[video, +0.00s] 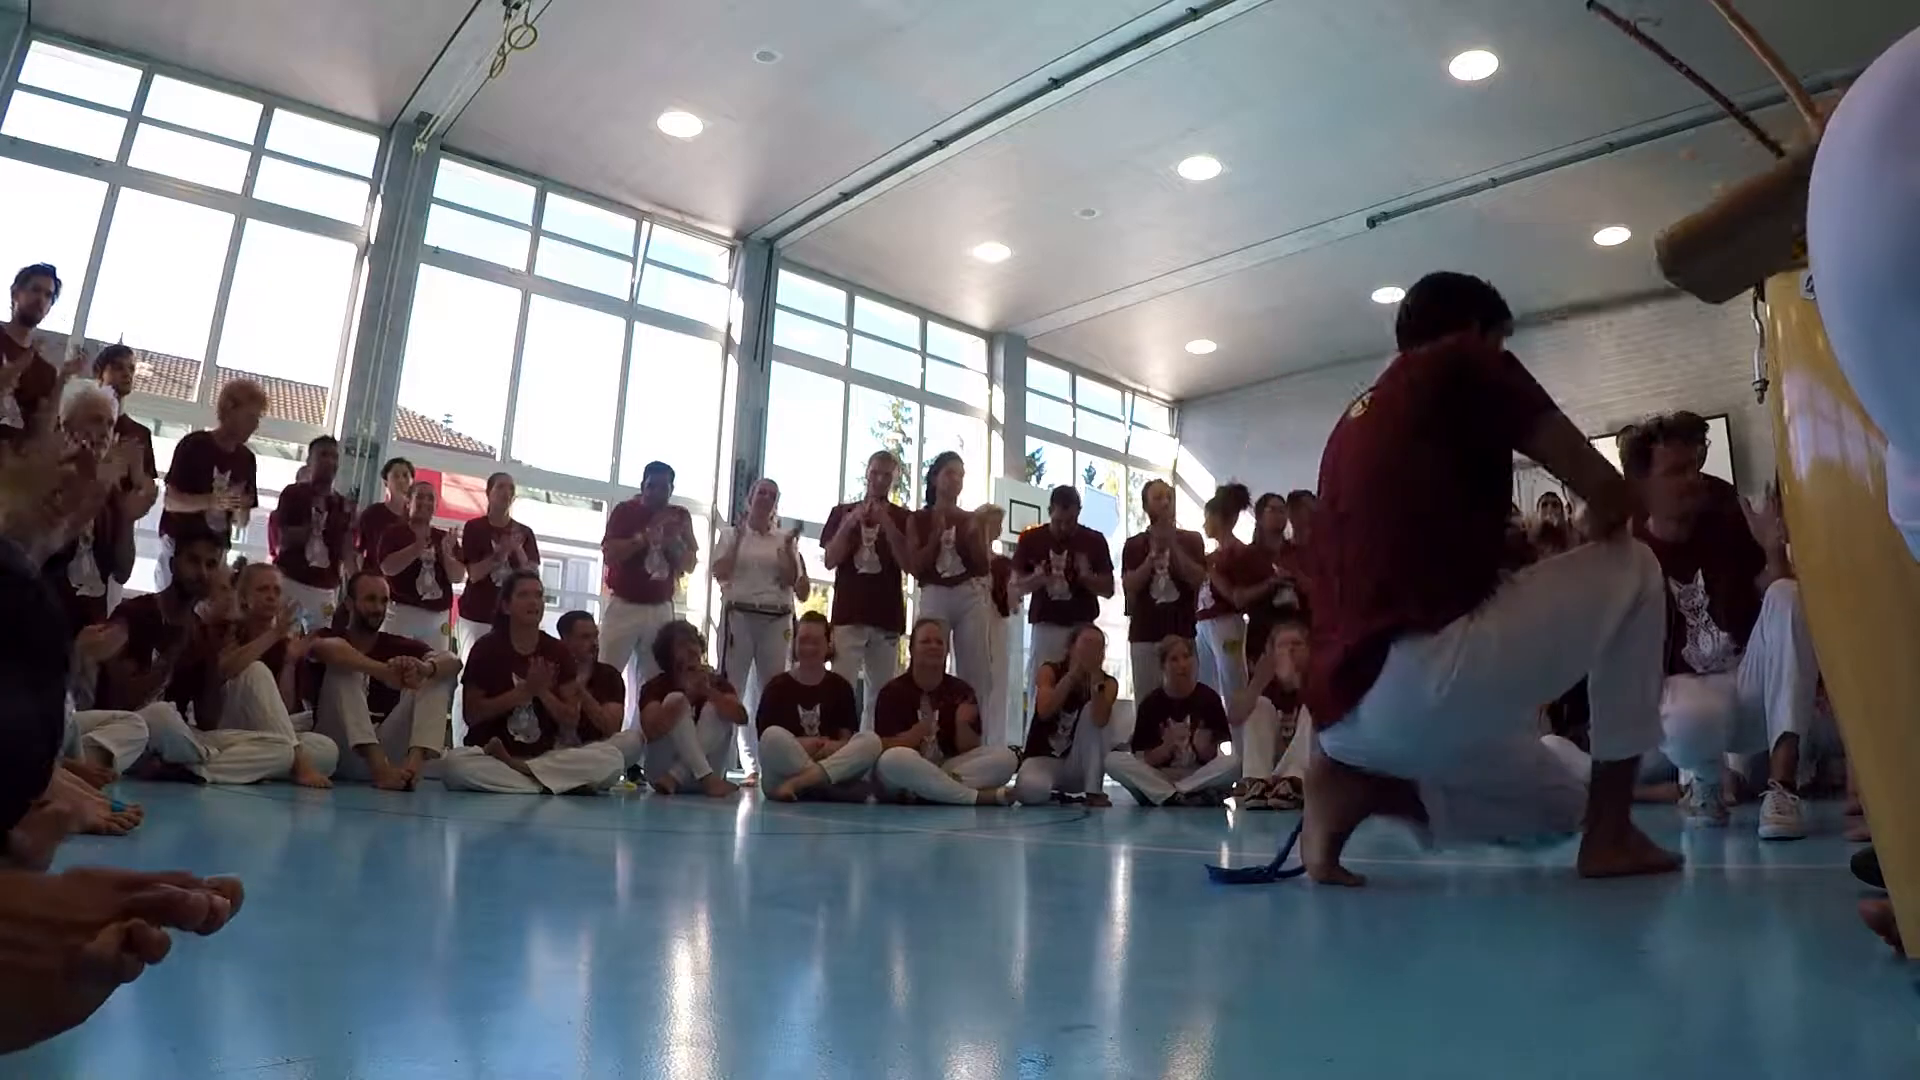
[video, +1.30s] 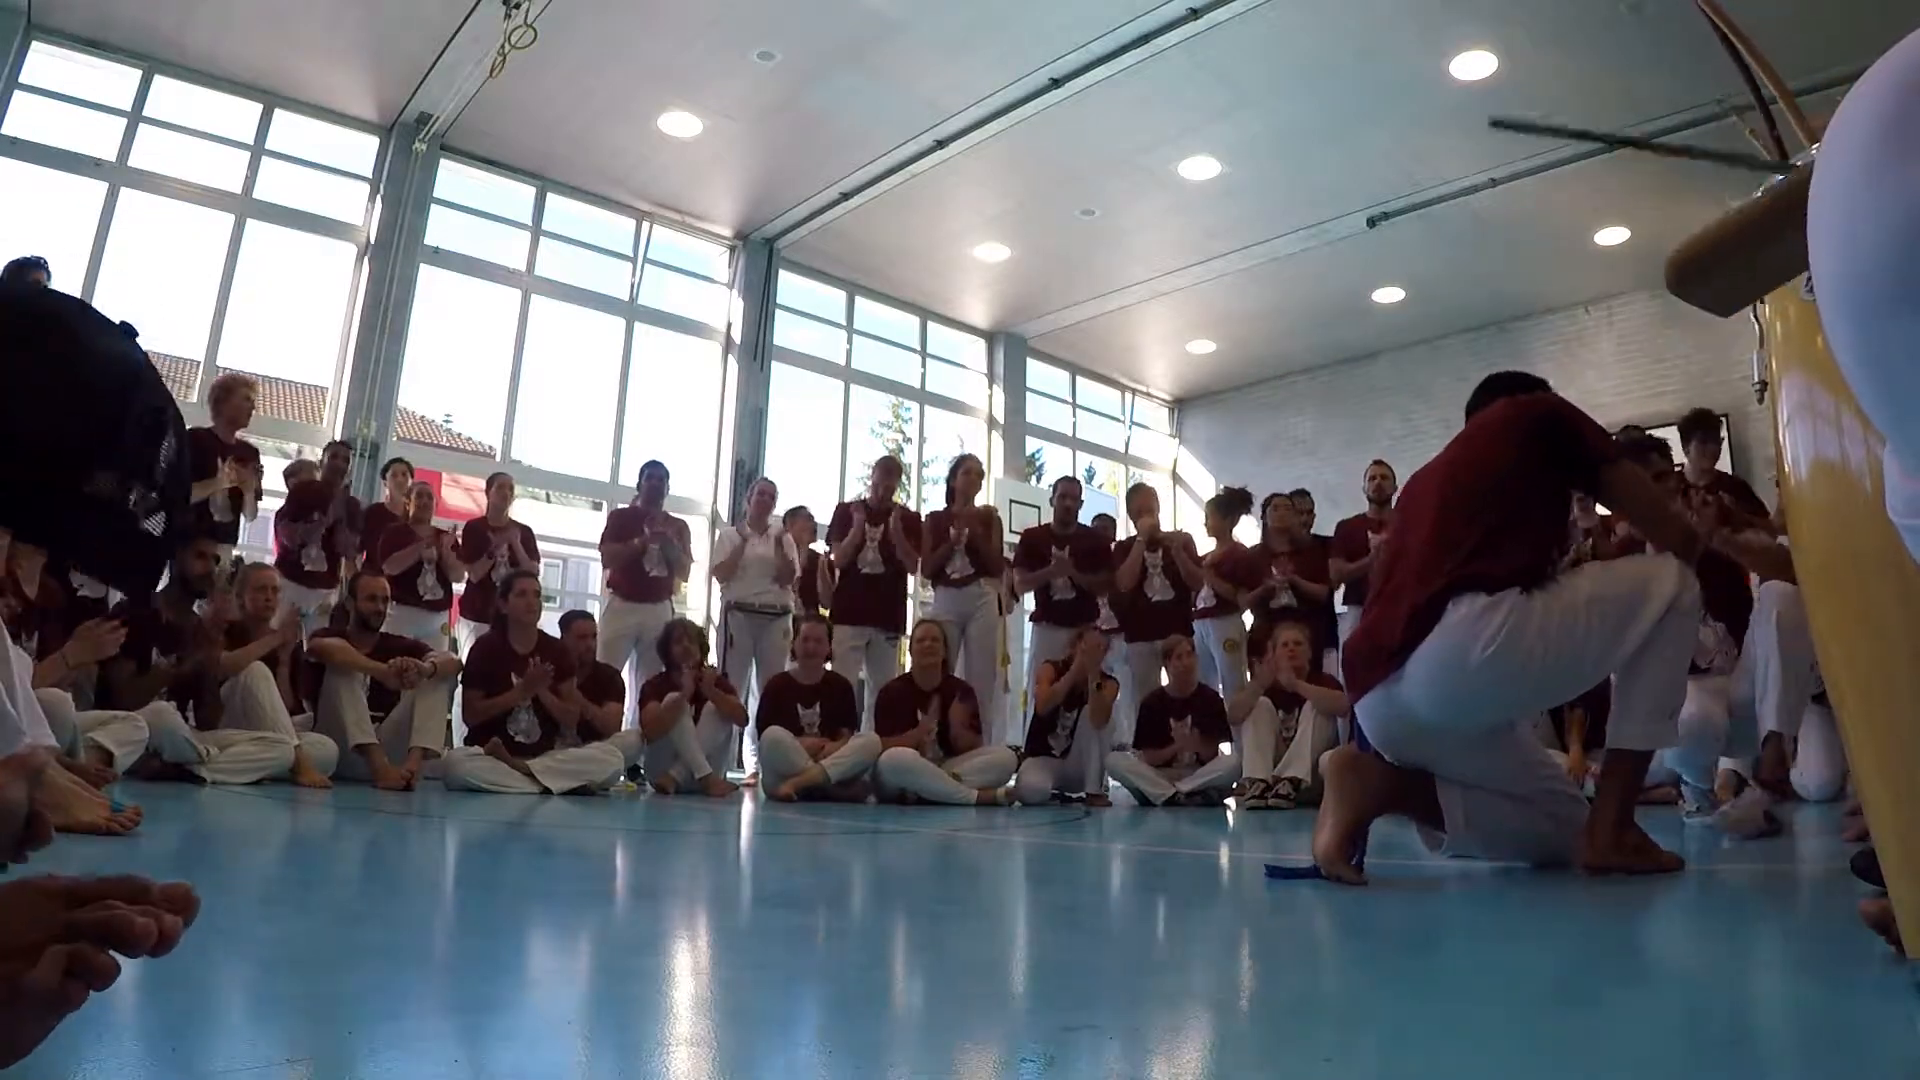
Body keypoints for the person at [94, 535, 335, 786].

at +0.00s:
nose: (201, 574)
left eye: (210, 565)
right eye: (192, 561)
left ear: (220, 571)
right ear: (173, 561)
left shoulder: (204, 630)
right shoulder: (136, 612)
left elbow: (209, 720)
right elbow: (122, 701)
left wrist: (217, 670)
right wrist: (169, 658)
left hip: (186, 736)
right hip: (135, 737)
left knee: (285, 749)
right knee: (161, 715)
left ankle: (190, 772)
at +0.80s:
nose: (212, 574)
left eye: (218, 566)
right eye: (202, 563)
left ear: (224, 574)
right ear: (176, 562)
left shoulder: (208, 632)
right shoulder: (139, 610)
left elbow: (208, 719)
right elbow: (132, 697)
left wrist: (220, 672)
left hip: (184, 735)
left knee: (282, 751)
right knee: (160, 714)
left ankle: (189, 772)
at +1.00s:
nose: (268, 597)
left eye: (273, 590)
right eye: (259, 590)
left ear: (279, 595)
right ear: (241, 595)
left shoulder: (286, 639)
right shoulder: (223, 630)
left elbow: (291, 710)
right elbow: (222, 668)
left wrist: (283, 663)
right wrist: (278, 637)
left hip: (272, 731)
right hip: (225, 724)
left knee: (327, 751)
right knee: (255, 672)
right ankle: (298, 762)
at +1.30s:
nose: (269, 597)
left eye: (274, 591)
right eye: (260, 590)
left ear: (280, 596)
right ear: (241, 595)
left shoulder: (286, 642)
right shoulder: (225, 631)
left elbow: (289, 708)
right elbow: (222, 668)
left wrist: (284, 658)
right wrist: (278, 638)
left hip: (271, 731)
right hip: (225, 724)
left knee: (327, 751)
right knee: (255, 672)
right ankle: (298, 762)